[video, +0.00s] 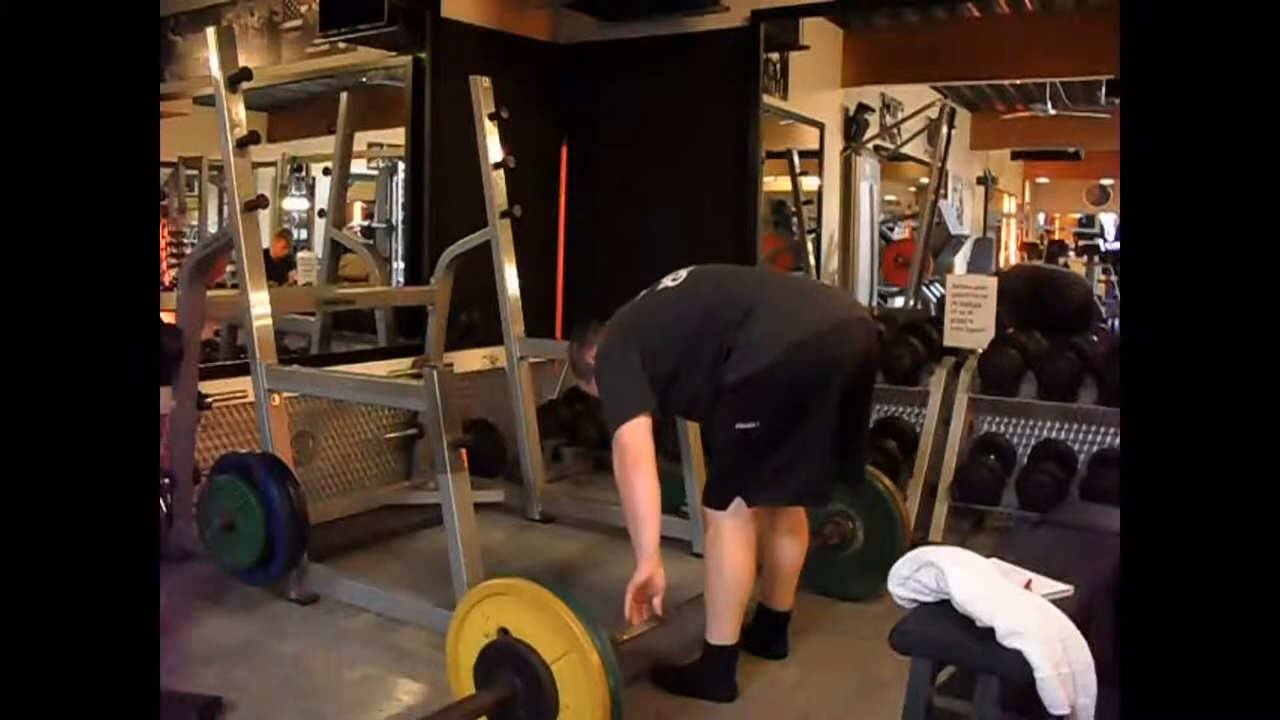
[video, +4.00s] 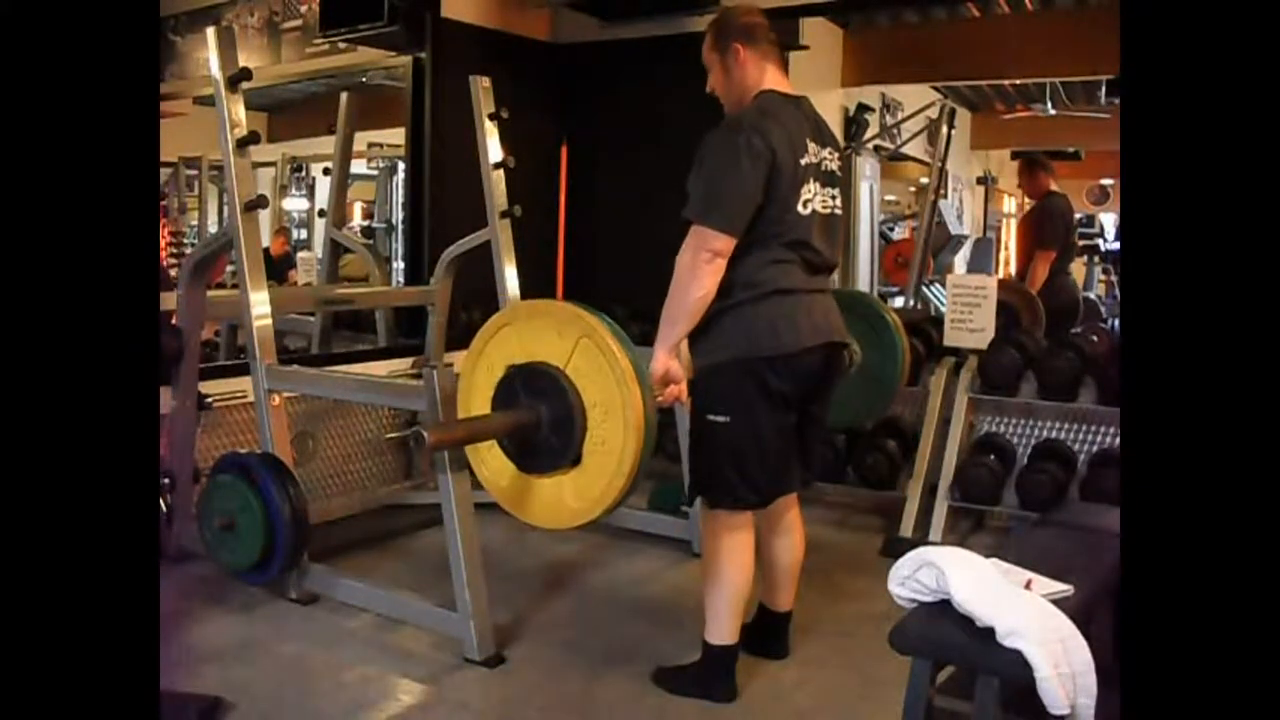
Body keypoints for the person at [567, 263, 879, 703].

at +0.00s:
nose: (606, 399)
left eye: (595, 390)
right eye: (597, 393)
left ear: (594, 361)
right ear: (607, 336)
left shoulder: (617, 350)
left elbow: (634, 450)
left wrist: (647, 559)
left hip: (776, 354)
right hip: (851, 336)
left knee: (728, 506)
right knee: (785, 497)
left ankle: (716, 670)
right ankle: (772, 630)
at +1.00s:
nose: (601, 422)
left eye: (592, 414)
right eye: (592, 417)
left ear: (592, 381)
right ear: (597, 364)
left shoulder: (615, 376)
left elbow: (625, 493)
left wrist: (634, 593)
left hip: (769, 354)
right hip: (844, 334)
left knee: (722, 506)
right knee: (777, 495)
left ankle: (715, 671)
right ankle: (771, 631)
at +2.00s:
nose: (624, 342)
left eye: (617, 330)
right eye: (617, 333)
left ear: (628, 310)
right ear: (667, 296)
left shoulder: (657, 351)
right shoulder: (727, 317)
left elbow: (644, 466)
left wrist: (631, 578)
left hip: (808, 447)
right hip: (883, 435)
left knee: (684, 516)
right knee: (754, 506)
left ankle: (712, 670)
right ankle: (767, 631)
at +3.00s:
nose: (725, 64)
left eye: (729, 50)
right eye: (726, 50)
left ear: (757, 50)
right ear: (791, 54)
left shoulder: (743, 127)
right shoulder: (825, 133)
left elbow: (695, 243)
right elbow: (803, 250)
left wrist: (650, 338)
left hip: (738, 343)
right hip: (808, 340)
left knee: (722, 502)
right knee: (772, 487)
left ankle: (714, 668)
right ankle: (771, 631)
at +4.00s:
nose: (711, 85)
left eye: (711, 69)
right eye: (709, 71)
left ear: (736, 58)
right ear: (773, 56)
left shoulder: (744, 132)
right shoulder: (814, 126)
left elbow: (709, 249)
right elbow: (801, 247)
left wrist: (665, 345)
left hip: (749, 343)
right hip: (812, 338)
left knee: (728, 506)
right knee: (779, 492)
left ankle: (715, 668)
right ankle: (772, 631)